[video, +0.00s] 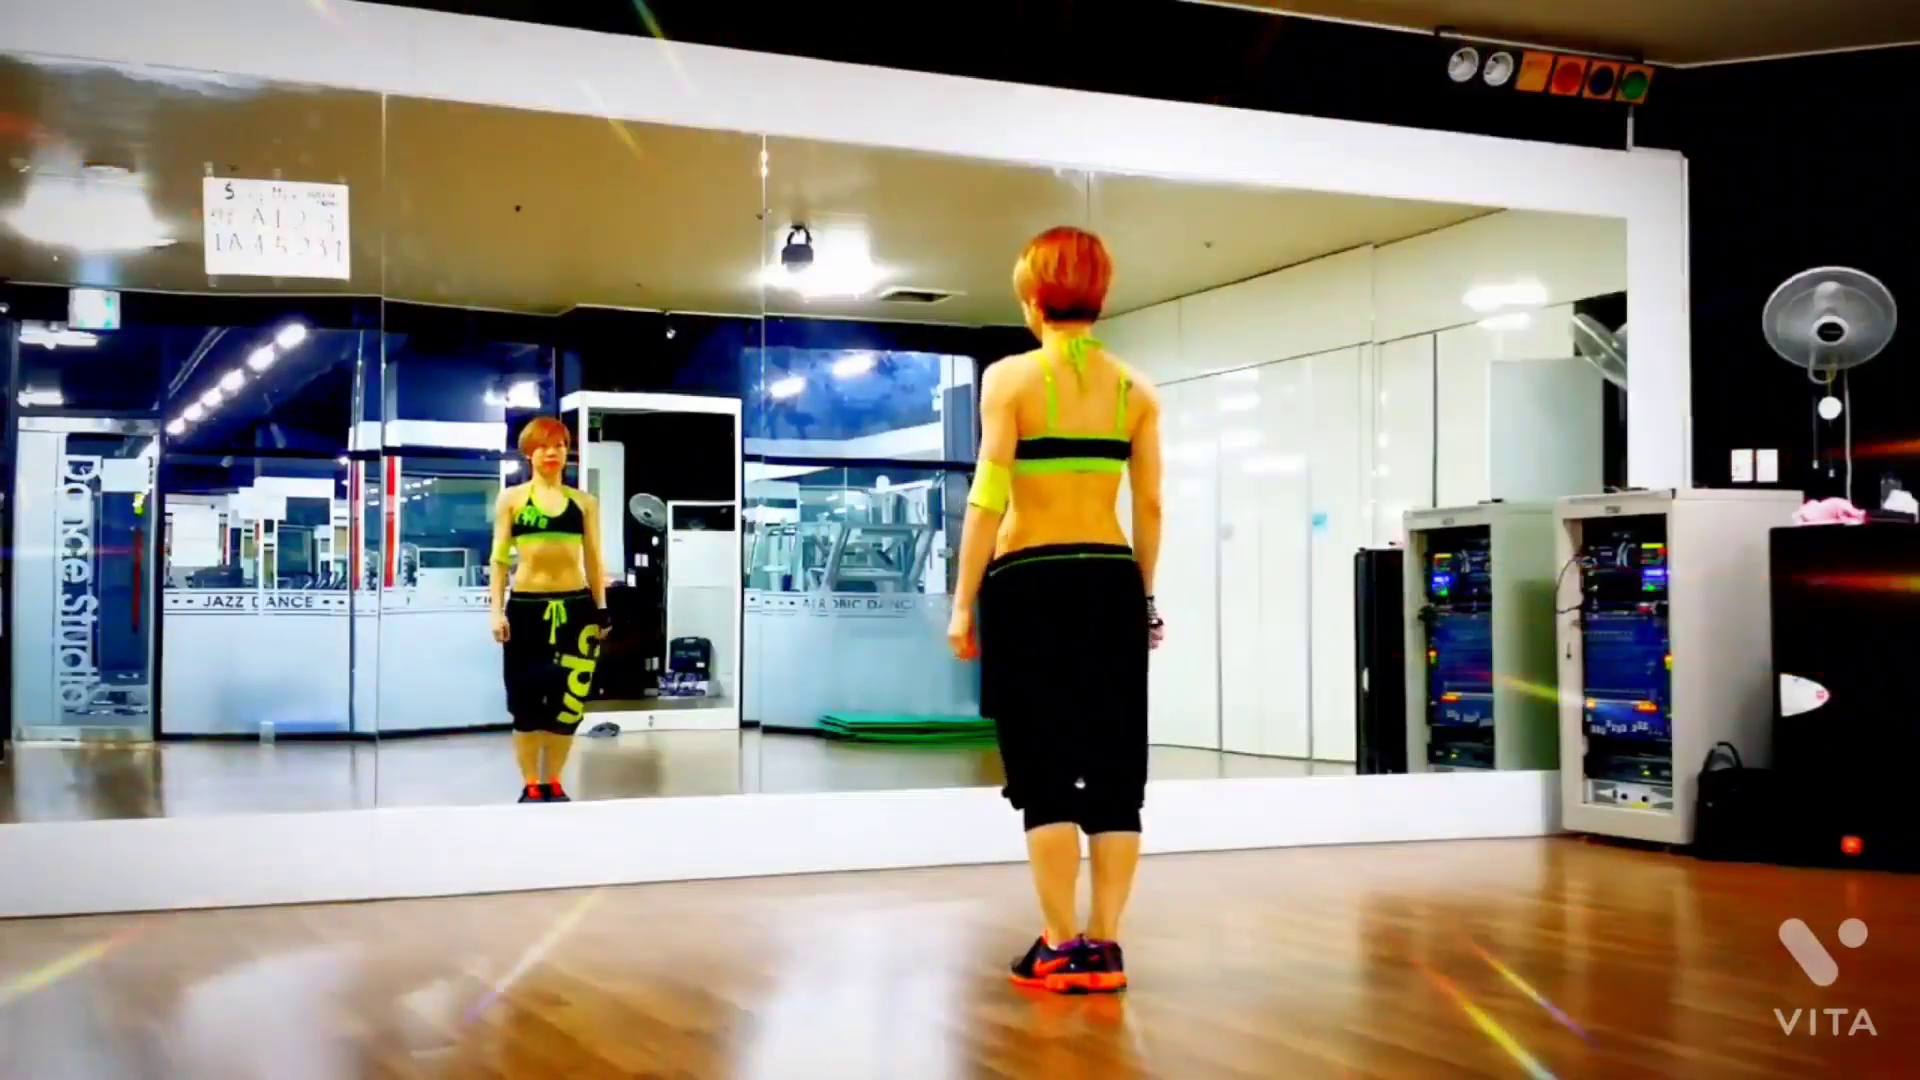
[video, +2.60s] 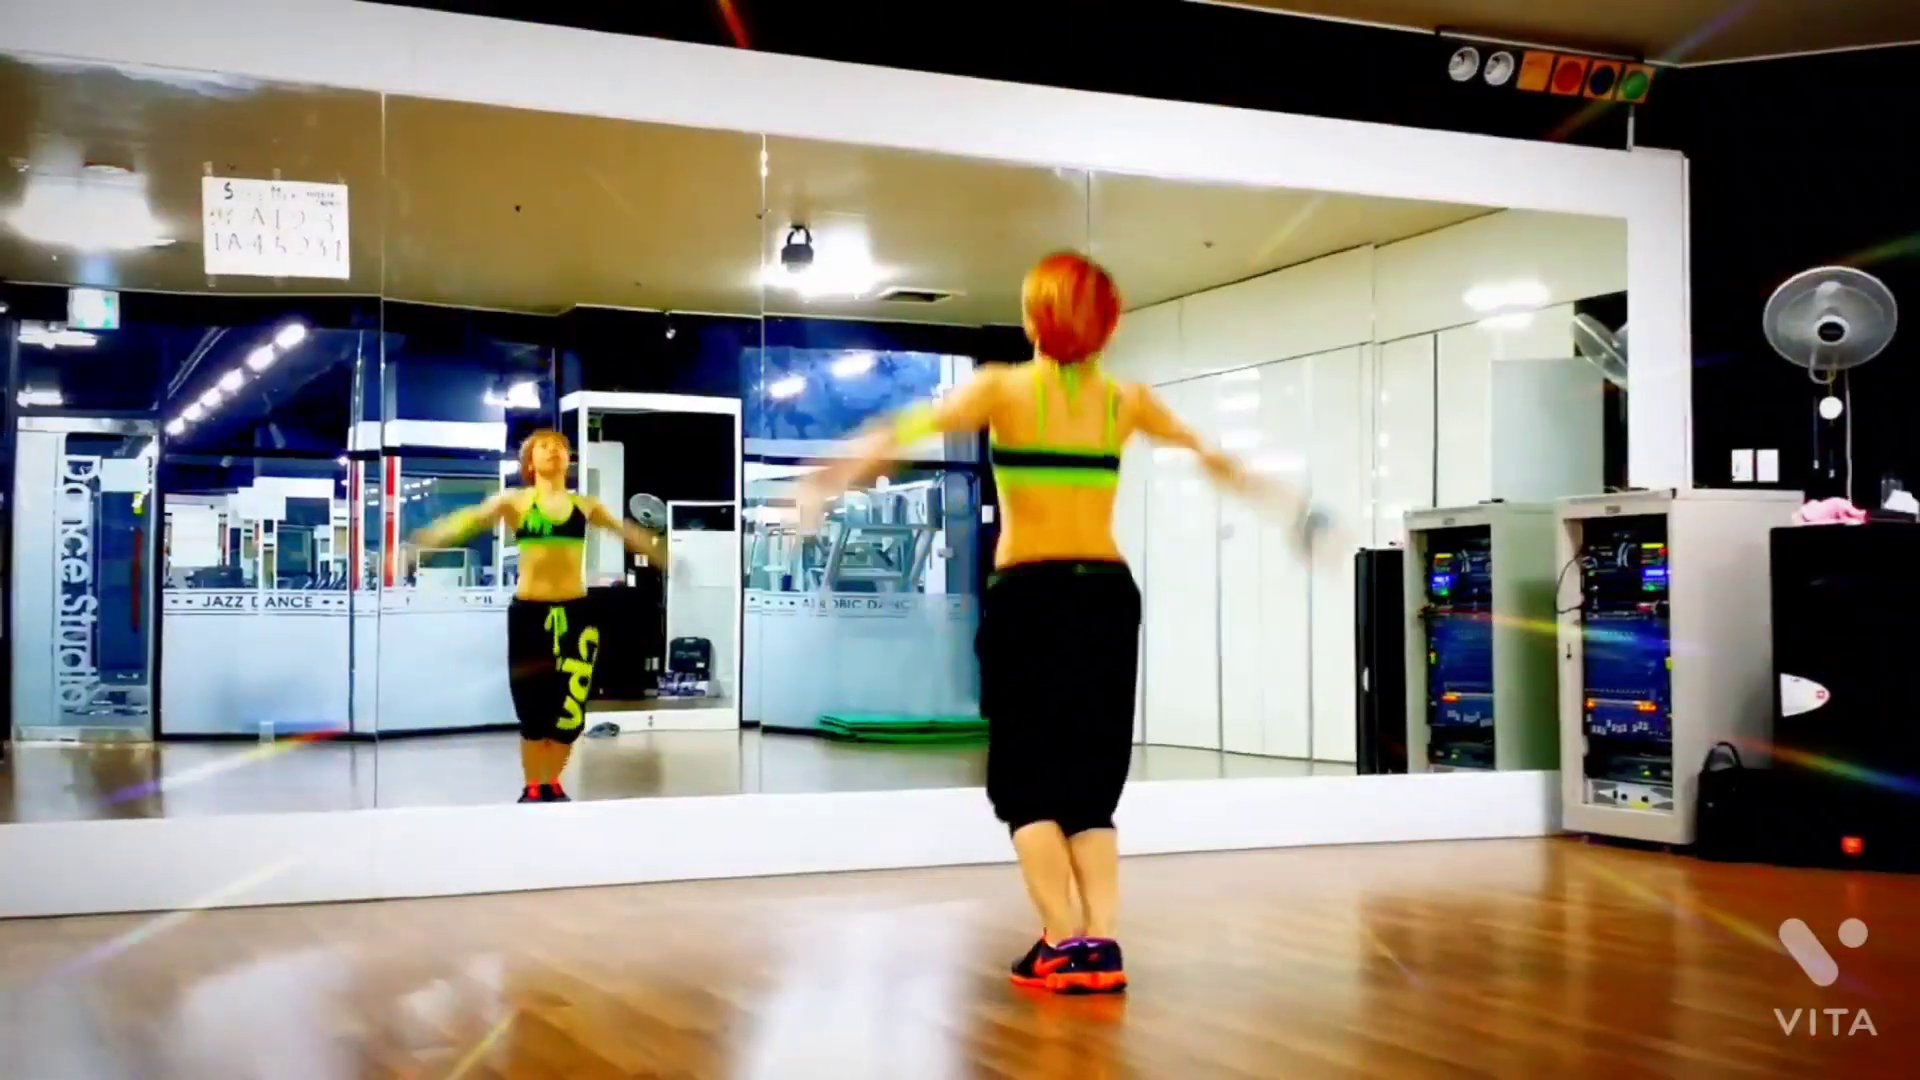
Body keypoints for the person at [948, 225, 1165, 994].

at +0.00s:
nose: (1024, 305)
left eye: (1025, 293)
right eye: (1035, 293)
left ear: (1031, 299)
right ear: (1100, 297)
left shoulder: (1009, 379)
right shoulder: (1134, 388)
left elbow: (990, 498)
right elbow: (1149, 505)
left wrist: (964, 601)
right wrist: (1143, 590)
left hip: (1026, 587)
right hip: (1111, 586)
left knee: (1041, 764)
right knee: (1117, 762)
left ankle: (1060, 940)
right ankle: (1104, 942)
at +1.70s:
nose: (1027, 311)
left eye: (1029, 301)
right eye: (1038, 300)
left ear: (1035, 305)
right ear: (1105, 301)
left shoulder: (1009, 378)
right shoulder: (1140, 389)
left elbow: (976, 488)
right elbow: (1123, 477)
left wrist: (1009, 548)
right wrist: (1057, 531)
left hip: (1025, 591)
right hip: (1108, 589)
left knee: (1040, 764)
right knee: (1114, 766)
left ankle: (1059, 939)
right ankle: (1103, 941)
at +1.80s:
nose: (1023, 307)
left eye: (1026, 296)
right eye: (1030, 295)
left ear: (1036, 301)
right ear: (1103, 298)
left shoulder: (1016, 366)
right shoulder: (1138, 375)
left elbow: (959, 418)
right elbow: (1094, 419)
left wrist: (1030, 435)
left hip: (1027, 587)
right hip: (1111, 586)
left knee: (1041, 767)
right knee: (1117, 766)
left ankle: (1061, 940)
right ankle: (1105, 943)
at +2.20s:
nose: (1014, 318)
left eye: (1020, 307)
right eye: (1020, 305)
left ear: (1031, 319)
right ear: (1098, 320)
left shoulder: (998, 395)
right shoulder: (1124, 398)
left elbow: (994, 457)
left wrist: (1005, 361)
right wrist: (1030, 360)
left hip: (1039, 602)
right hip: (1123, 599)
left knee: (1026, 780)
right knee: (1092, 787)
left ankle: (1061, 941)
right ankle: (1102, 944)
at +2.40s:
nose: (1029, 391)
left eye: (1031, 381)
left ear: (1030, 392)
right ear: (1101, 393)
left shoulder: (997, 470)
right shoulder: (1130, 477)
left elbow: (983, 595)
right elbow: (1104, 579)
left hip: (1033, 666)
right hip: (1118, 665)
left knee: (1010, 819)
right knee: (1072, 818)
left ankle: (1059, 941)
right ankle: (1099, 944)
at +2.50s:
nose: (1040, 373)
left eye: (1038, 361)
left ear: (1033, 371)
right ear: (1106, 375)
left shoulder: (998, 447)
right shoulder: (1128, 460)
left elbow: (953, 563)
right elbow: (1146, 569)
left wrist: (917, 654)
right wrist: (1143, 637)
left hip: (1030, 645)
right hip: (1114, 646)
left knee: (1014, 808)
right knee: (1075, 809)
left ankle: (1061, 941)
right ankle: (1101, 944)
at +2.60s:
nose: (1037, 323)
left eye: (1037, 310)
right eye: (1074, 312)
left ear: (1031, 319)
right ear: (1103, 322)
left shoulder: (1000, 388)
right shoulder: (1123, 398)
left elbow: (899, 436)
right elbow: (1208, 453)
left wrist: (831, 483)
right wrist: (1279, 500)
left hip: (1027, 595)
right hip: (1106, 593)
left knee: (1022, 775)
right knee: (1092, 775)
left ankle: (1062, 938)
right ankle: (1101, 942)